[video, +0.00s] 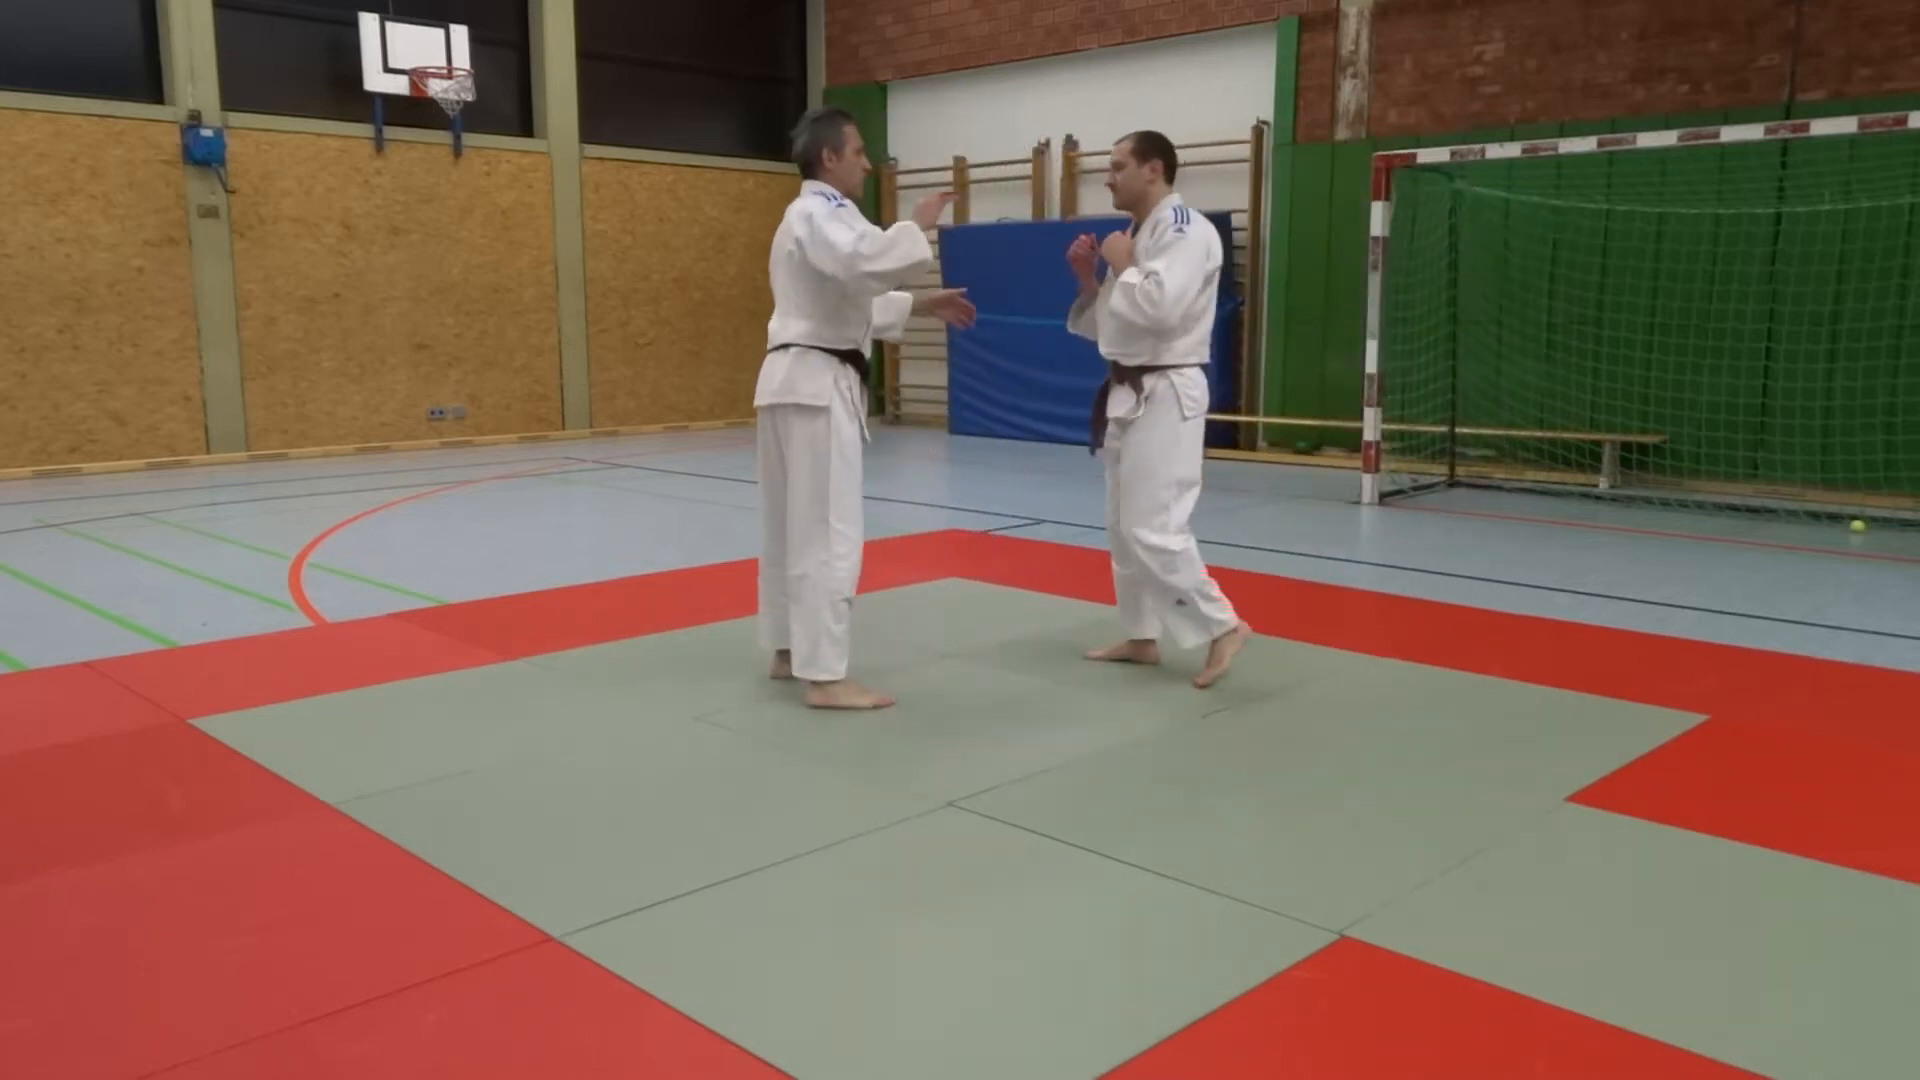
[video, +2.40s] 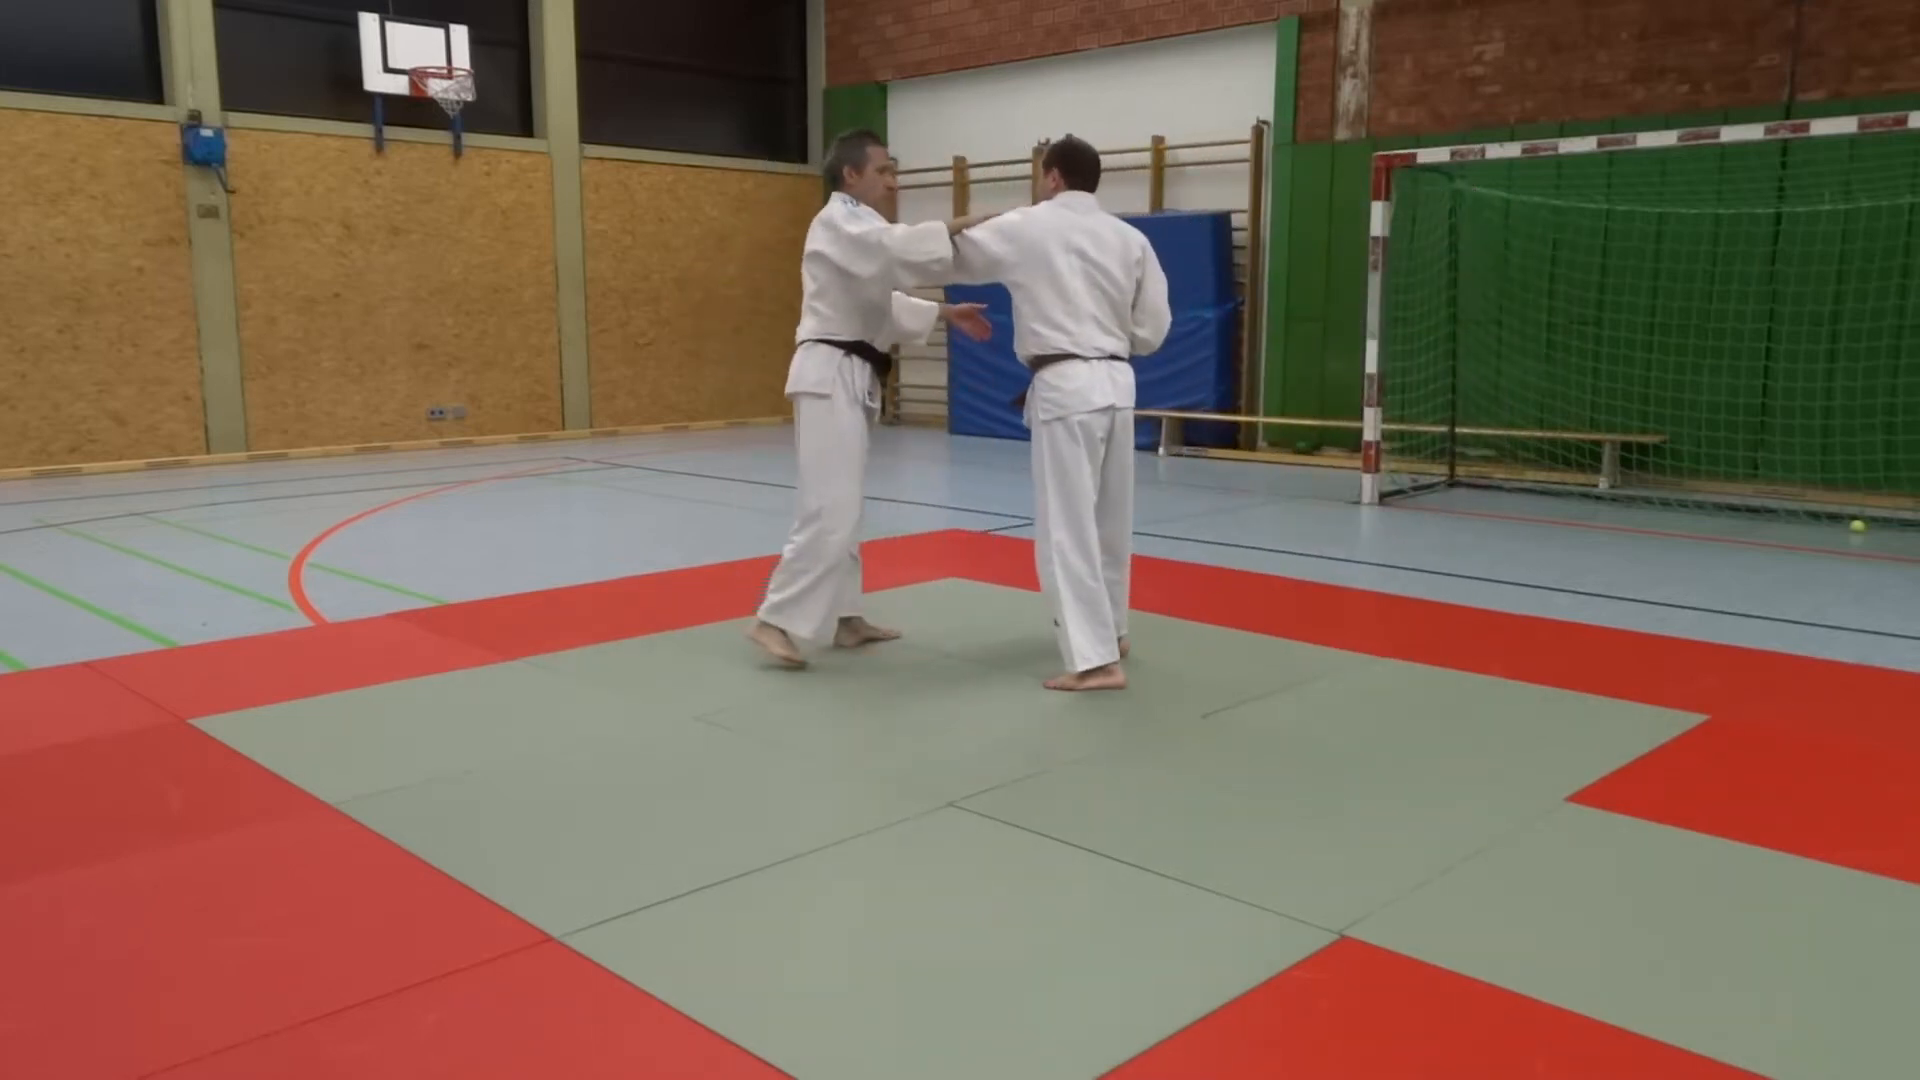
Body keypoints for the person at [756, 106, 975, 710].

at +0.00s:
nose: (867, 163)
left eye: (865, 152)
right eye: (859, 152)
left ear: (818, 159)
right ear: (831, 156)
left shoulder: (802, 215)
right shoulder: (822, 212)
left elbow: (847, 307)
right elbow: (857, 264)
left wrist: (923, 304)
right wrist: (917, 227)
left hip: (787, 378)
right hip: (818, 382)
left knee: (792, 520)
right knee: (830, 530)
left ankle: (789, 651)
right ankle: (825, 679)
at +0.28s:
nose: (859, 169)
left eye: (857, 158)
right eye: (851, 158)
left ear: (818, 164)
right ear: (821, 163)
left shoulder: (825, 224)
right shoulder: (801, 223)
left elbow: (866, 290)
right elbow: (800, 293)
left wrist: (939, 294)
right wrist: (881, 286)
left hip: (807, 387)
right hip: (794, 389)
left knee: (790, 520)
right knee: (815, 532)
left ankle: (742, 631)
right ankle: (820, 679)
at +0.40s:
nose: (852, 182)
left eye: (851, 170)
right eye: (843, 170)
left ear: (814, 176)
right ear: (808, 175)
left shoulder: (839, 241)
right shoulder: (774, 232)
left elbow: (905, 279)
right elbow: (728, 301)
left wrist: (982, 292)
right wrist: (801, 307)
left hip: (805, 395)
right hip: (776, 393)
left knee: (762, 525)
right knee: (809, 532)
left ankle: (713, 641)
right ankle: (820, 679)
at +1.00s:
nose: (866, 174)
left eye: (863, 164)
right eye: (857, 164)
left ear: (827, 173)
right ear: (828, 171)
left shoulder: (838, 237)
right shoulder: (806, 229)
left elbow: (883, 300)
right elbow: (805, 278)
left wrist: (953, 312)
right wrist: (875, 253)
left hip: (802, 385)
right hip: (815, 389)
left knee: (786, 516)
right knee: (861, 522)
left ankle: (729, 619)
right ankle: (859, 655)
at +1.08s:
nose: (875, 174)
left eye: (874, 163)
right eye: (868, 163)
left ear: (837, 170)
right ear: (841, 168)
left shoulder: (841, 224)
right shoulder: (824, 221)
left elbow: (886, 292)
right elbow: (859, 272)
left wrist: (957, 298)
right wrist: (913, 228)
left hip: (823, 380)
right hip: (828, 384)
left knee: (828, 513)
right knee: (858, 520)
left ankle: (757, 598)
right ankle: (858, 657)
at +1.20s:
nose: (883, 173)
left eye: (881, 162)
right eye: (876, 162)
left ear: (845, 166)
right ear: (848, 164)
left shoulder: (843, 218)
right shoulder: (831, 218)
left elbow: (896, 296)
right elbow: (905, 252)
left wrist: (960, 279)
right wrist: (961, 223)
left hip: (841, 376)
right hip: (837, 380)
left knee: (852, 505)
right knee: (867, 519)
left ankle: (827, 608)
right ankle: (856, 661)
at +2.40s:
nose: (895, 180)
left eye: (893, 171)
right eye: (885, 170)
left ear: (859, 177)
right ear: (852, 175)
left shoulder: (859, 226)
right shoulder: (836, 219)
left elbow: (877, 302)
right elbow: (892, 246)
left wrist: (946, 313)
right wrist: (967, 229)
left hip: (852, 372)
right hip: (828, 369)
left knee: (845, 503)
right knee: (832, 505)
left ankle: (845, 617)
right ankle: (775, 621)